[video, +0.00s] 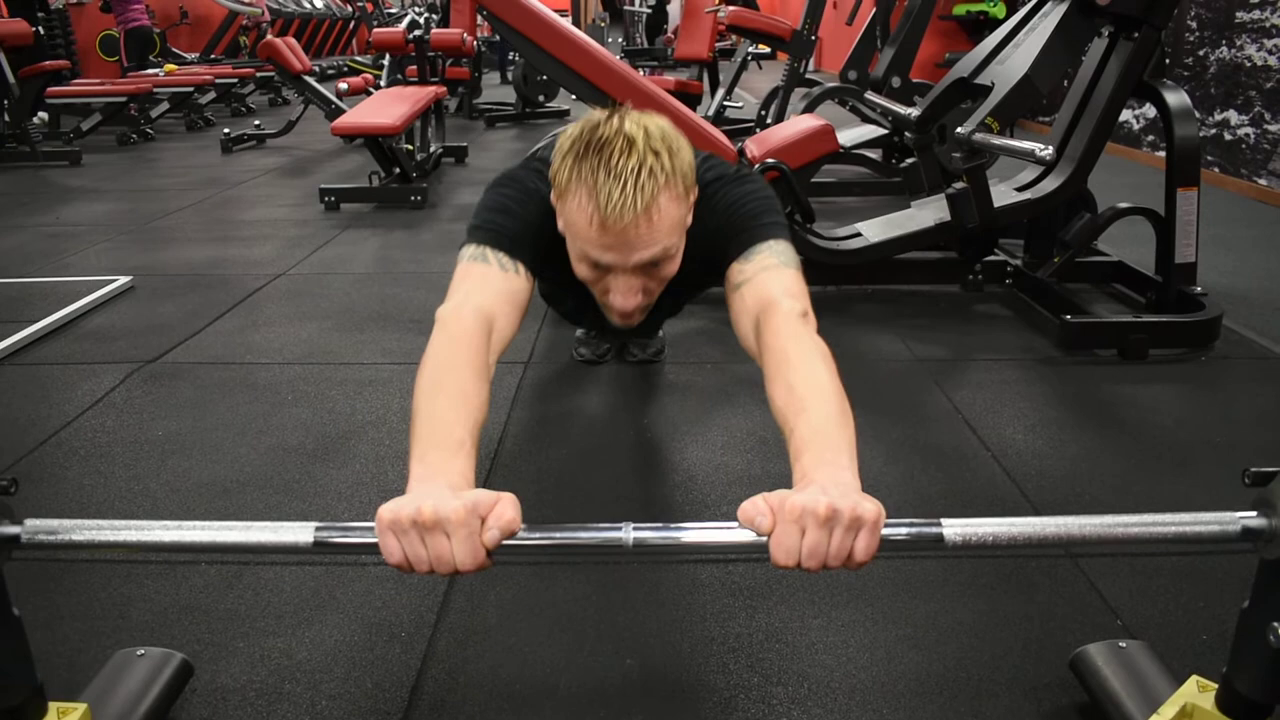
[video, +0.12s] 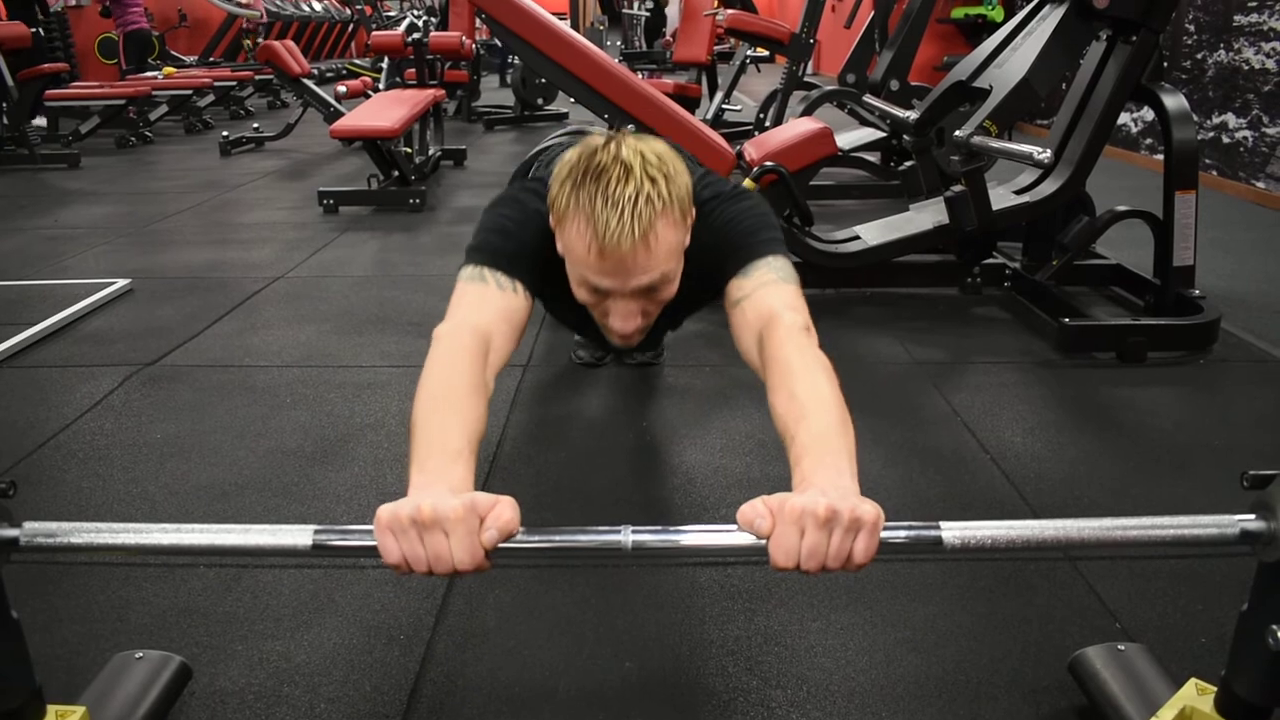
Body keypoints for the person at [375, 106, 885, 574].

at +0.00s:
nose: (626, 294)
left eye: (651, 266)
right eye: (601, 268)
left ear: (689, 209)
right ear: (559, 213)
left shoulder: (733, 197)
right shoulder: (522, 200)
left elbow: (783, 321)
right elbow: (467, 323)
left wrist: (829, 483)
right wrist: (436, 489)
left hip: (671, 295)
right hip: (568, 295)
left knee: (647, 335)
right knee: (589, 332)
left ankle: (642, 343)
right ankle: (595, 342)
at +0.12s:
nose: (625, 319)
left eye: (650, 289)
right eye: (599, 291)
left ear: (684, 234)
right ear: (560, 237)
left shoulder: (729, 211)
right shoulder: (526, 212)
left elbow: (783, 333)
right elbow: (467, 339)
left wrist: (828, 488)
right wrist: (437, 490)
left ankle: (640, 344)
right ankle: (589, 342)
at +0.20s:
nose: (623, 336)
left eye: (649, 304)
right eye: (596, 306)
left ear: (682, 246)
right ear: (559, 252)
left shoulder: (727, 224)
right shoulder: (522, 231)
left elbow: (787, 349)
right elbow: (464, 352)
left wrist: (826, 491)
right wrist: (438, 493)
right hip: (561, 162)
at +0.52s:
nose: (622, 407)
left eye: (647, 379)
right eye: (594, 381)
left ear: (681, 313)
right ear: (556, 319)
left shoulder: (729, 284)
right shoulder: (517, 290)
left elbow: (806, 410)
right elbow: (456, 422)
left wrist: (826, 495)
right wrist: (439, 500)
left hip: (665, 171)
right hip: (548, 173)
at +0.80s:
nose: (608, 484)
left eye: (632, 457)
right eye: (582, 462)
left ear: (671, 384)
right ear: (543, 396)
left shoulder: (717, 341)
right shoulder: (505, 345)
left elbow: (804, 480)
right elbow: (449, 493)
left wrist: (819, 511)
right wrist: (439, 521)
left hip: (663, 216)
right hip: (552, 217)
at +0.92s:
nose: (605, 517)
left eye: (628, 490)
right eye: (581, 495)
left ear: (666, 408)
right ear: (535, 431)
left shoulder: (714, 362)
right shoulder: (498, 371)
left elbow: (837, 579)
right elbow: (421, 593)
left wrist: (821, 539)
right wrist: (436, 547)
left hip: (660, 227)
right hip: (548, 230)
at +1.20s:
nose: (616, 582)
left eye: (639, 549)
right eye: (588, 553)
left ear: (676, 480)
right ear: (540, 499)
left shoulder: (720, 412)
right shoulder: (499, 422)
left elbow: (847, 621)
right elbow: (411, 644)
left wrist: (825, 573)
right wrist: (438, 579)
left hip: (664, 261)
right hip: (552, 262)